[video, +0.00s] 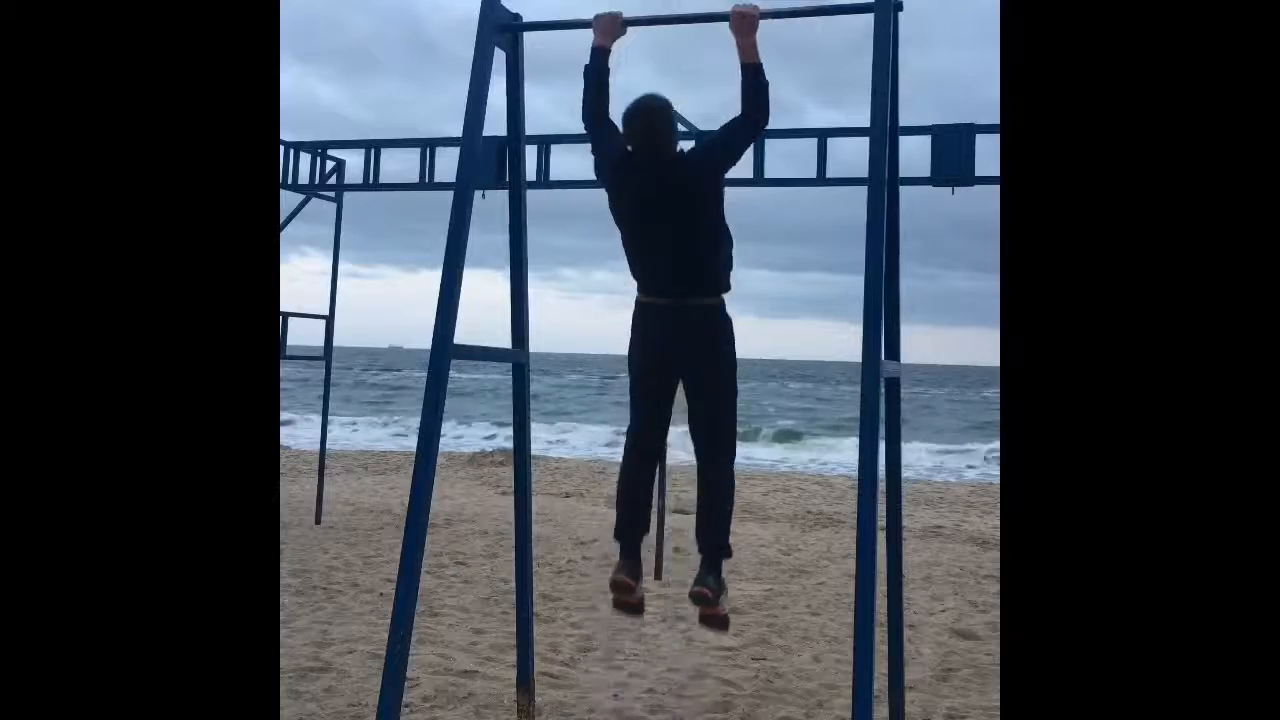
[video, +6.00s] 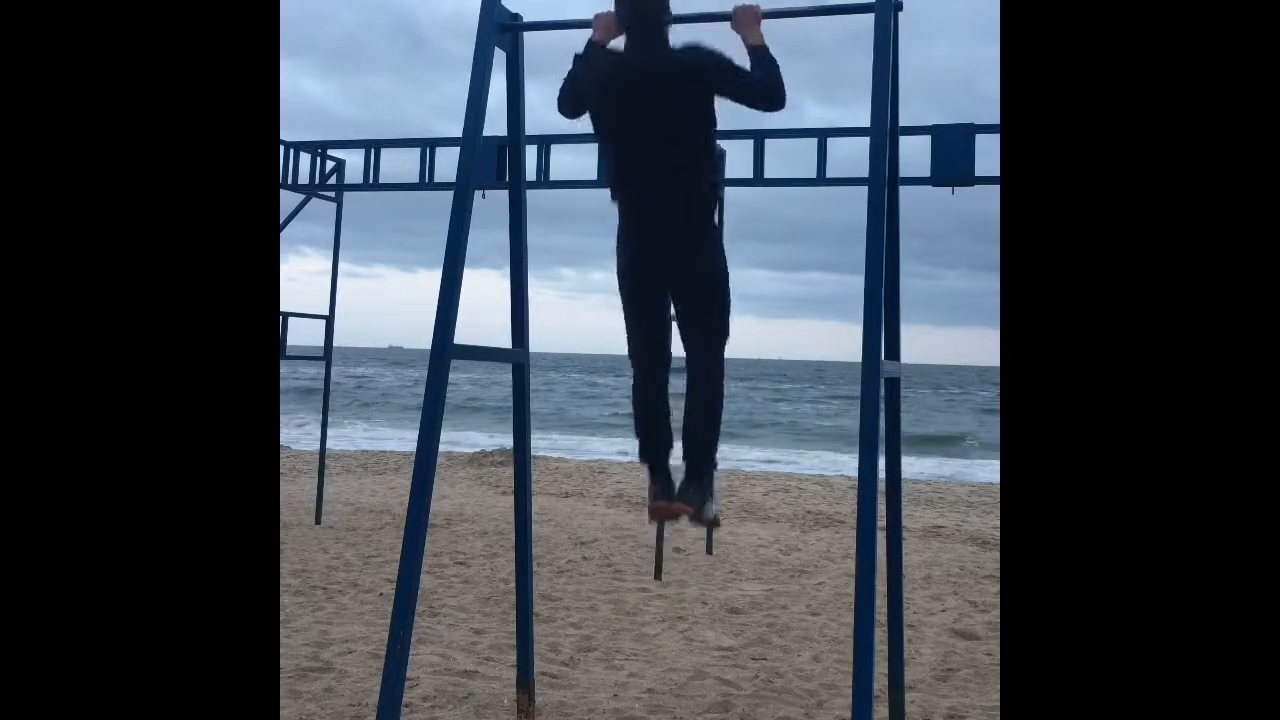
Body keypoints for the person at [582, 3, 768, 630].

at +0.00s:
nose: (677, 125)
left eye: (661, 123)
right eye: (674, 121)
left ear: (628, 137)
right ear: (674, 132)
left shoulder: (619, 172)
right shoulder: (703, 165)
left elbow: (595, 113)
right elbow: (753, 116)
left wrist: (600, 46)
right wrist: (748, 43)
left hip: (651, 323)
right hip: (706, 324)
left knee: (643, 440)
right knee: (715, 450)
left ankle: (627, 564)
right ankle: (710, 574)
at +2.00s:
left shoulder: (600, 32)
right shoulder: (697, 25)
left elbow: (566, 99)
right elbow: (759, 81)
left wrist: (596, 40)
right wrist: (751, 33)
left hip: (635, 204)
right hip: (693, 200)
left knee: (647, 323)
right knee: (707, 319)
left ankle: (662, 441)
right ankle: (701, 443)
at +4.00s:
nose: (686, 125)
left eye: (679, 121)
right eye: (682, 121)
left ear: (630, 138)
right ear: (678, 132)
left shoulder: (620, 170)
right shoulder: (706, 165)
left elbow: (592, 115)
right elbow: (757, 114)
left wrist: (600, 46)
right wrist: (750, 45)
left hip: (643, 339)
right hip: (697, 341)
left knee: (634, 470)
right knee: (688, 477)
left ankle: (625, 605)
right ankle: (662, 610)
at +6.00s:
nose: (633, 22)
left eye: (625, 16)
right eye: (656, 15)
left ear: (621, 21)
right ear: (668, 19)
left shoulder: (601, 70)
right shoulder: (696, 65)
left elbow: (567, 105)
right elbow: (772, 96)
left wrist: (596, 41)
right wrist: (754, 38)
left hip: (637, 238)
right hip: (695, 235)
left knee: (648, 364)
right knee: (705, 360)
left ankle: (660, 489)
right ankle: (697, 489)